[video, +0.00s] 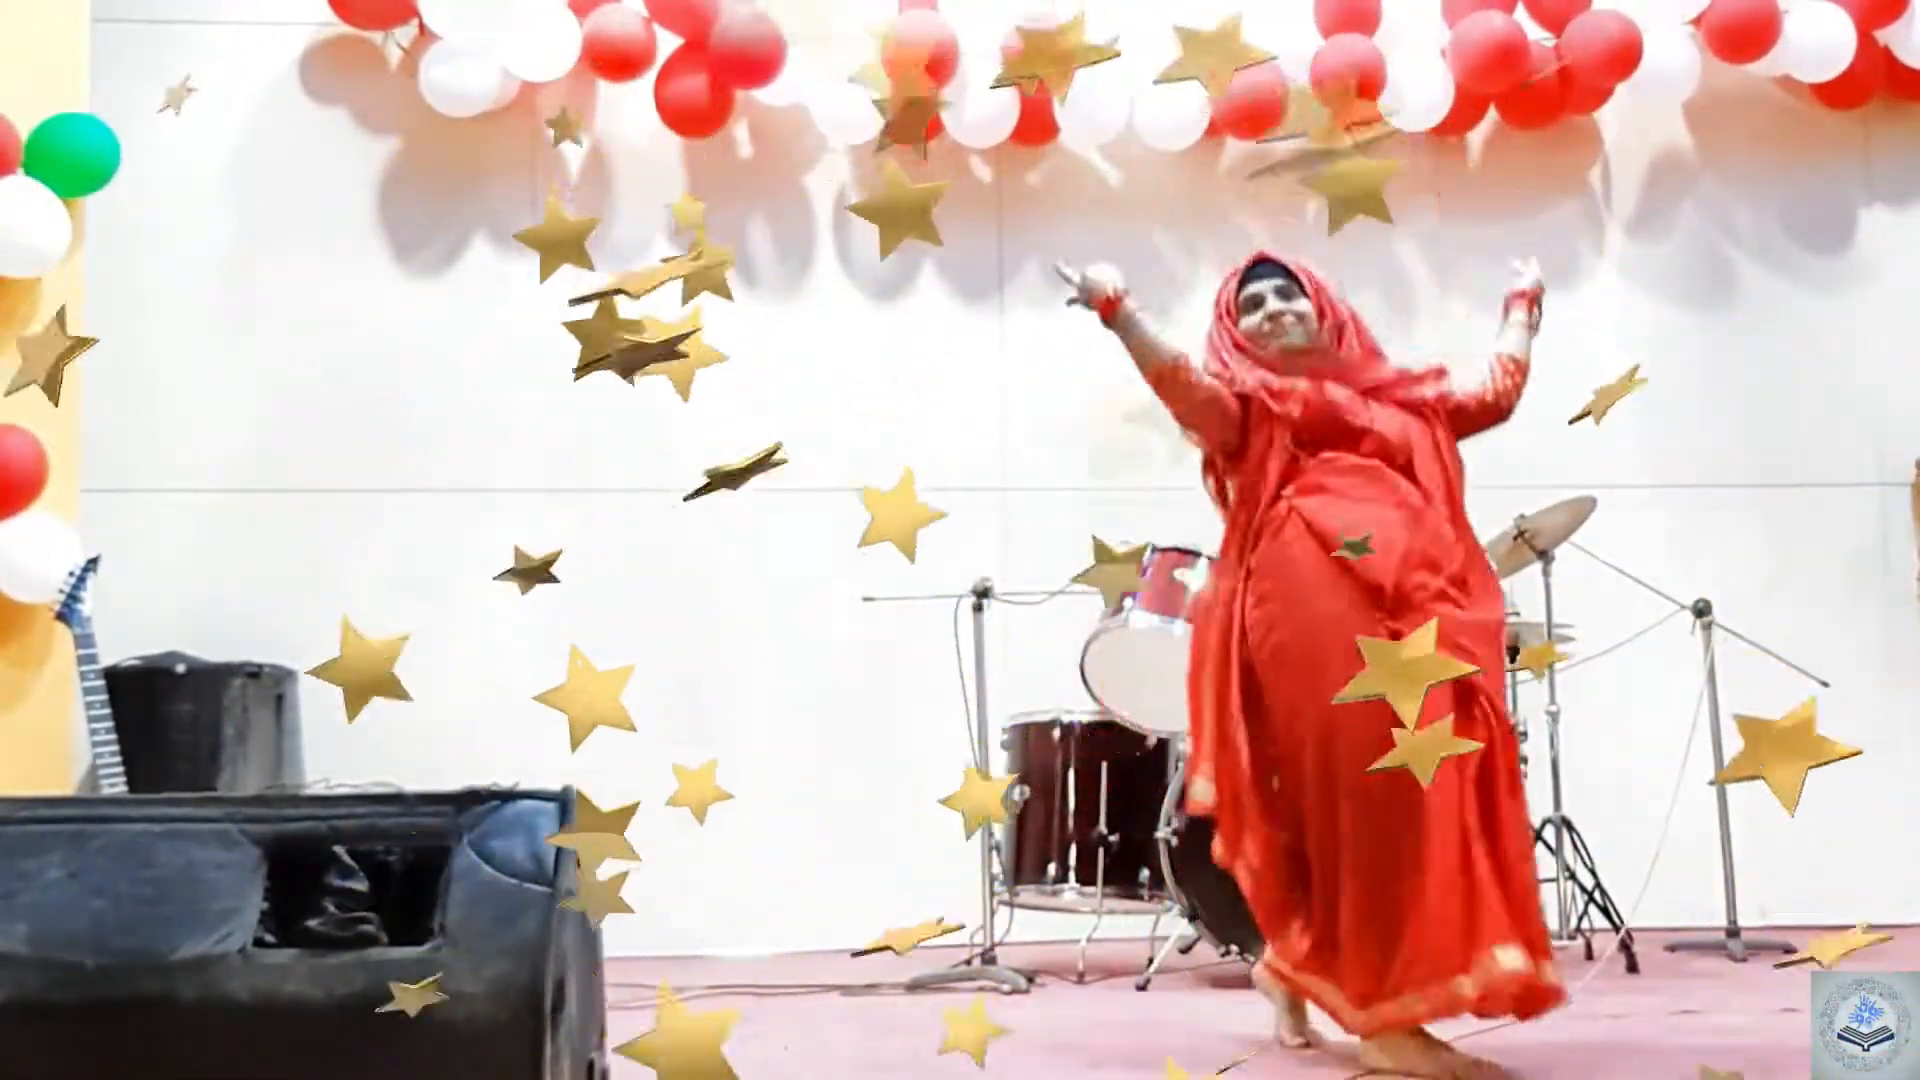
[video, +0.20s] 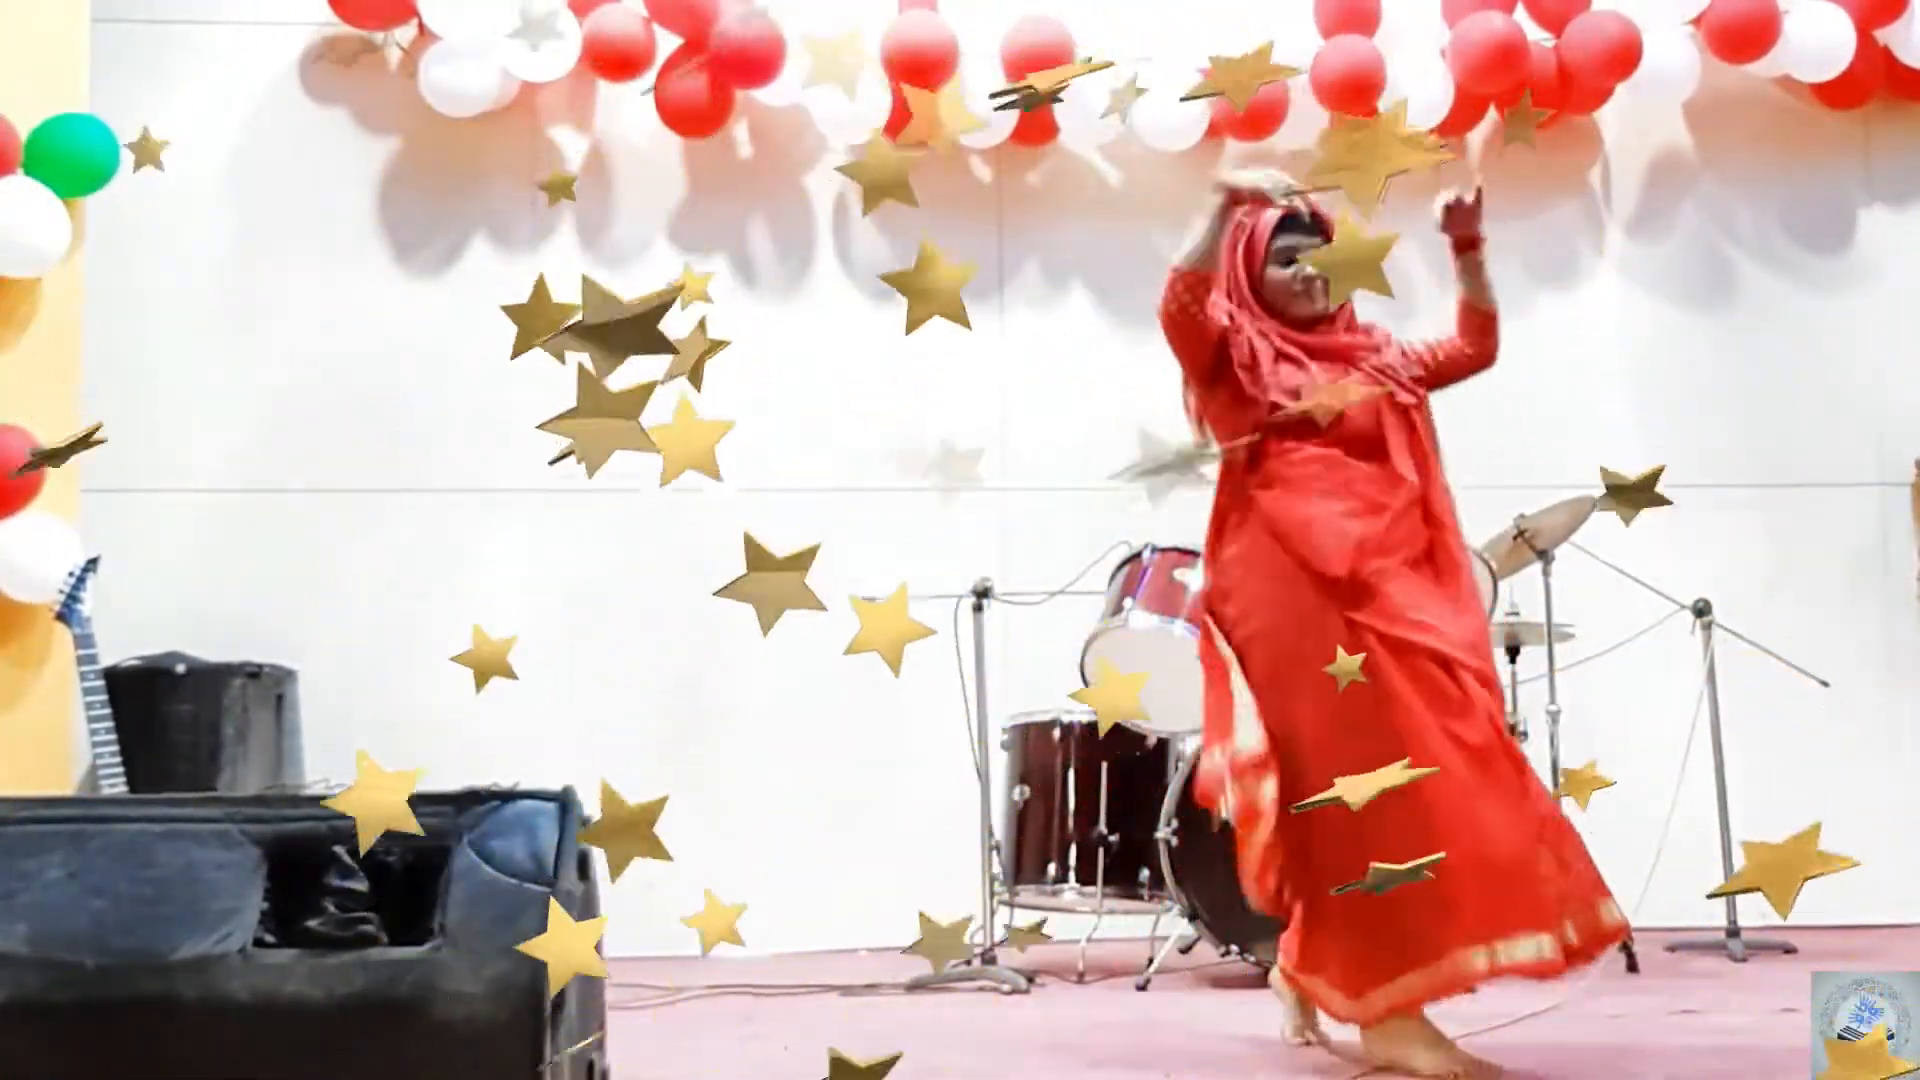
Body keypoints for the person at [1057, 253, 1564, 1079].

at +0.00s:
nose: (1276, 311)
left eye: (1288, 295)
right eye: (1255, 309)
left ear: (1326, 310)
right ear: (1235, 343)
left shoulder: (1402, 397)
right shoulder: (1252, 407)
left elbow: (1498, 392)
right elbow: (1185, 384)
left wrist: (1521, 309)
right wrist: (1121, 313)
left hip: (1419, 606)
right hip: (1310, 607)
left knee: (1401, 801)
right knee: (1373, 798)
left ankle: (1290, 960)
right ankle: (1391, 1026)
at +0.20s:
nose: (1304, 265)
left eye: (1314, 250)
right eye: (1283, 256)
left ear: (1338, 264)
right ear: (1249, 281)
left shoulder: (1379, 358)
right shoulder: (1240, 362)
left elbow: (1475, 349)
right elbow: (1188, 300)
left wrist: (1467, 251)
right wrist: (1224, 205)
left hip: (1384, 590)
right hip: (1291, 594)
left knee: (1389, 783)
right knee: (1370, 786)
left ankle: (1304, 957)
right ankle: (1394, 1017)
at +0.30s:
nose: (1316, 254)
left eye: (1326, 240)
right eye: (1297, 240)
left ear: (1339, 255)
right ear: (1252, 249)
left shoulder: (1357, 345)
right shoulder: (1220, 331)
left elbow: (1437, 373)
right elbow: (1188, 322)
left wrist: (1429, 328)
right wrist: (1265, 287)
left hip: (1355, 574)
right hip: (1259, 577)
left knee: (1377, 758)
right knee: (1357, 758)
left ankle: (1279, 967)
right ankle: (1358, 982)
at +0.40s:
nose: (1307, 306)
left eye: (1322, 288)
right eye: (1287, 286)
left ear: (1338, 293)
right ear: (1246, 287)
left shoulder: (1333, 380)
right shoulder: (1193, 351)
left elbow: (1372, 438)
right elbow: (1190, 416)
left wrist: (1389, 446)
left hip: (1321, 589)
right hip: (1212, 584)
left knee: (1357, 753)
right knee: (1291, 755)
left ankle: (1345, 978)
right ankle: (1258, 980)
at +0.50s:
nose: (1292, 319)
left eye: (1305, 302)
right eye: (1273, 301)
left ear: (1324, 307)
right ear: (1240, 302)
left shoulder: (1329, 386)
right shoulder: (1184, 361)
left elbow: (1373, 489)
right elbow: (1153, 462)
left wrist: (1414, 529)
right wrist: (1216, 491)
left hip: (1310, 608)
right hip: (1205, 613)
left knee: (1373, 766)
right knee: (1256, 776)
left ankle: (1294, 996)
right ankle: (1153, 943)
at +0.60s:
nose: (1274, 309)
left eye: (1289, 291)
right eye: (1255, 290)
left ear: (1308, 298)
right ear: (1222, 290)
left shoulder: (1304, 380)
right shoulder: (1164, 352)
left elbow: (1367, 484)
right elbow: (1110, 453)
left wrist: (1439, 549)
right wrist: (1125, 507)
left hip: (1277, 598)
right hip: (1173, 598)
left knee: (1353, 752)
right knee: (1204, 775)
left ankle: (1308, 975)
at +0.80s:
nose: (1223, 347)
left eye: (1238, 330)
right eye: (1206, 330)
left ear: (1260, 336)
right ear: (1178, 331)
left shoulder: (1270, 425)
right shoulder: (1124, 403)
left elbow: (1350, 516)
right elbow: (1050, 504)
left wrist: (1450, 526)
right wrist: (998, 546)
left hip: (1219, 656)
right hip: (1111, 662)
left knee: (1267, 792)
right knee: (1118, 833)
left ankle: (1266, 986)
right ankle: (1126, 1002)